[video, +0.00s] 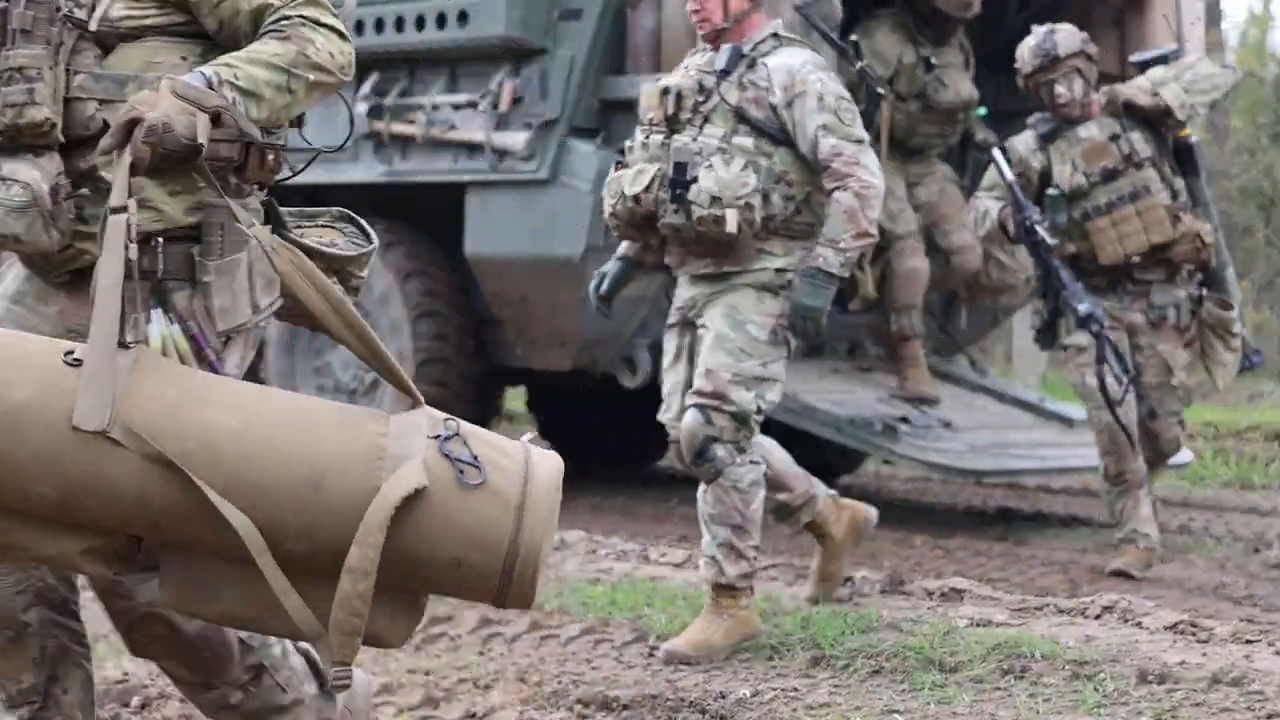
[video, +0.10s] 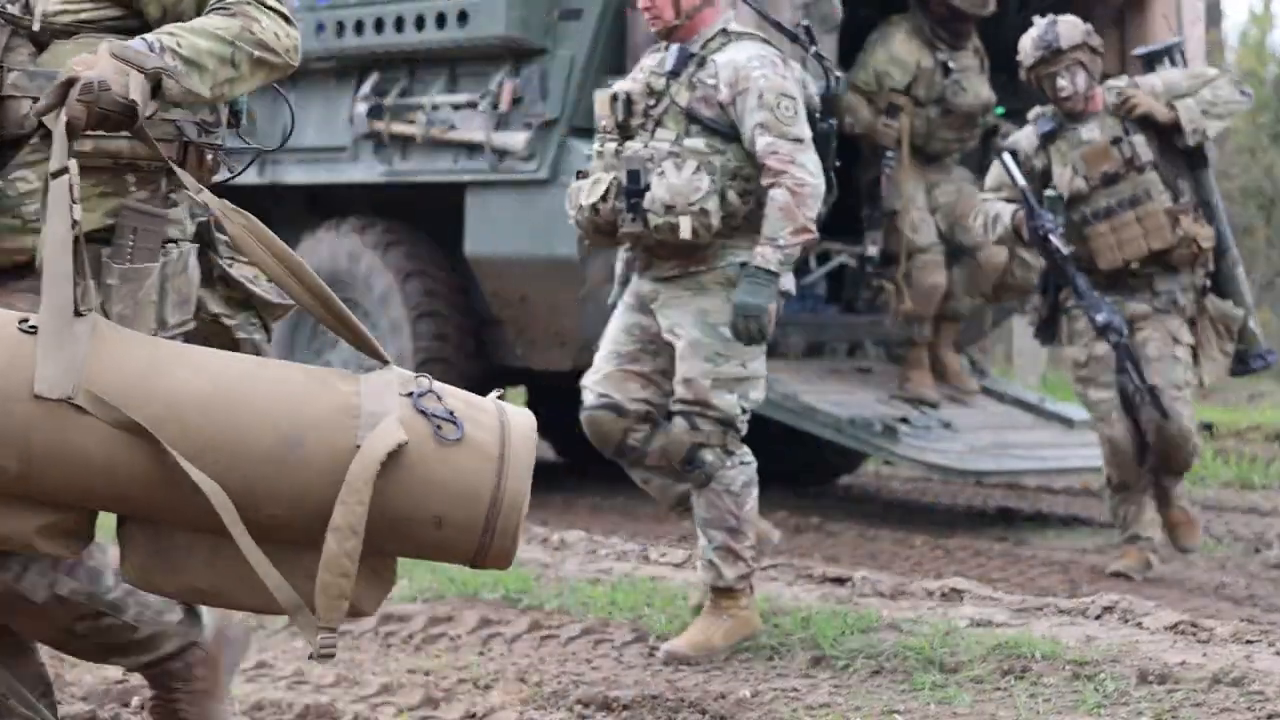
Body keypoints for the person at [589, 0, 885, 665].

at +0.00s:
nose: (698, 10)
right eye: (692, 2)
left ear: (747, 1)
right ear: (693, 9)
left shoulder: (796, 73)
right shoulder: (694, 72)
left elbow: (860, 177)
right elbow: (670, 177)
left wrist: (823, 273)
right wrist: (630, 251)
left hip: (760, 282)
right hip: (693, 281)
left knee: (719, 431)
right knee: (694, 435)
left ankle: (728, 606)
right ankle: (831, 516)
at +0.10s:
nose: (642, 5)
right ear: (653, 8)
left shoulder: (754, 66)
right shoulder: (655, 64)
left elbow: (796, 180)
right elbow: (640, 170)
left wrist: (764, 277)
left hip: (723, 278)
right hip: (652, 275)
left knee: (712, 437)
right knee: (611, 411)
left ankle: (730, 604)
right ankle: (724, 505)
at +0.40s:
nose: (490, 20)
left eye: (501, 8)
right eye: (488, 10)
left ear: (544, 9)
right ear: (517, 17)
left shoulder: (601, 77)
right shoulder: (506, 87)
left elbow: (648, 175)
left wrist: (589, 256)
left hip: (603, 309)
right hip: (515, 311)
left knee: (640, 463)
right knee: (469, 465)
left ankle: (724, 603)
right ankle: (464, 642)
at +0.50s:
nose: (431, 26)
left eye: (442, 13)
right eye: (429, 15)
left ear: (487, 16)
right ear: (465, 24)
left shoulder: (542, 85)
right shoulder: (452, 96)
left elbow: (597, 188)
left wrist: (554, 282)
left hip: (529, 313)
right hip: (451, 314)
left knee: (540, 489)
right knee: (421, 472)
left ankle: (664, 564)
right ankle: (457, 649)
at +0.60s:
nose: (376, 21)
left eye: (389, 10)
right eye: (374, 11)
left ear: (437, 14)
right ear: (386, 17)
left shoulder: (492, 86)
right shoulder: (382, 95)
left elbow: (556, 193)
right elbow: (380, 216)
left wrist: (522, 295)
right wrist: (357, 316)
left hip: (474, 311)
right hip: (402, 312)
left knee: (401, 464)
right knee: (391, 476)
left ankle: (520, 578)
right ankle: (449, 648)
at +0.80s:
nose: (266, 11)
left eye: (280, 1)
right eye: (266, 2)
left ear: (328, 7)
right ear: (291, 12)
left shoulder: (379, 83)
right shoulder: (274, 91)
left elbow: (461, 186)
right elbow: (242, 200)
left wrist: (433, 294)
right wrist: (181, 275)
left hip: (360, 314)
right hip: (306, 312)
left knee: (241, 451)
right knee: (356, 495)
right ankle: (452, 653)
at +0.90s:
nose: (212, 5)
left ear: (272, 3)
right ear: (221, 11)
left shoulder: (314, 81)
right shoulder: (212, 81)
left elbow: (396, 192)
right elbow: (168, 189)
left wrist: (359, 299)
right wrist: (114, 265)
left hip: (282, 314)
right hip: (236, 311)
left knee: (184, 468)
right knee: (312, 496)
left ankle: (149, 663)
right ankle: (433, 636)